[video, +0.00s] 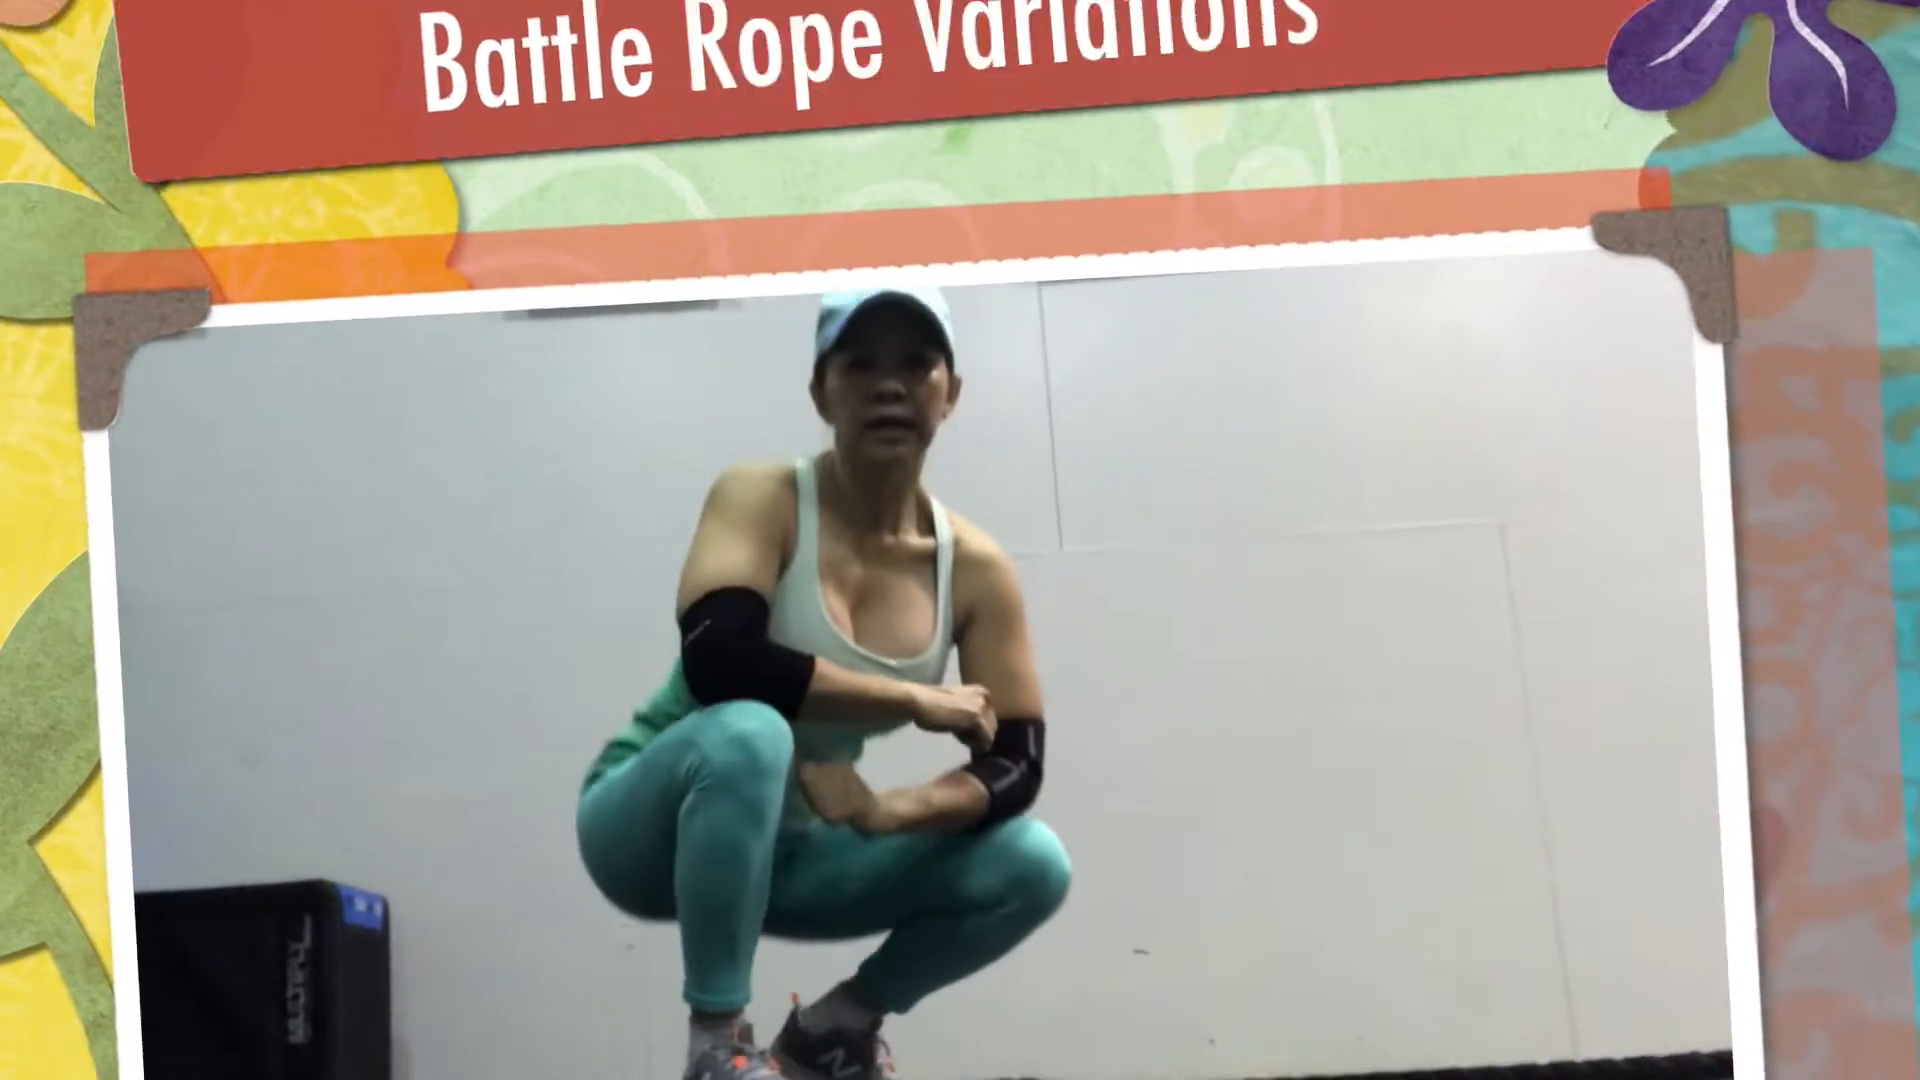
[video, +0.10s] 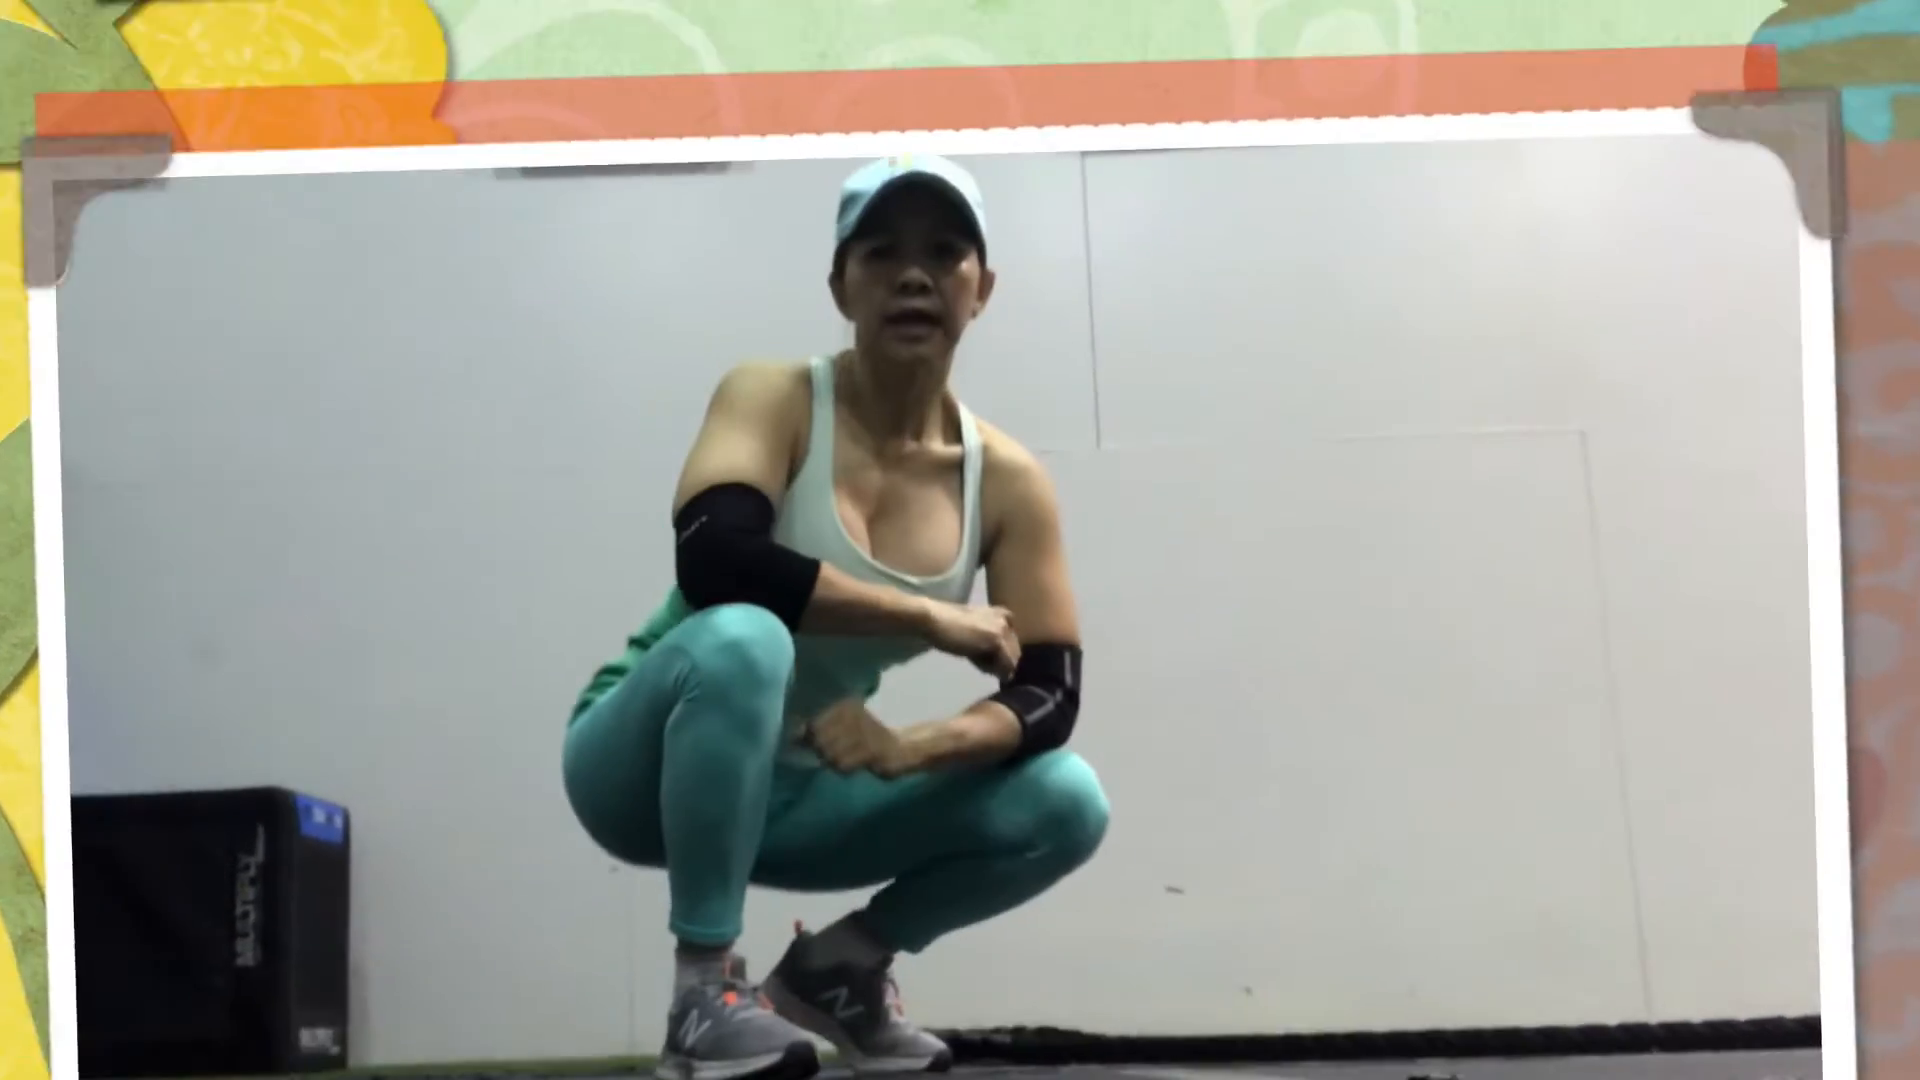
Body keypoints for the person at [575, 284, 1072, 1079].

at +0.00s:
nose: (889, 383)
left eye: (915, 364)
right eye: (862, 365)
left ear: (948, 393)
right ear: (822, 392)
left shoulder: (976, 570)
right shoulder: (756, 499)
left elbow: (1014, 767)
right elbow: (722, 661)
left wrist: (889, 810)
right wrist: (913, 700)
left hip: (810, 854)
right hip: (655, 833)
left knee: (1031, 865)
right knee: (747, 736)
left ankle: (838, 1025)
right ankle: (717, 1046)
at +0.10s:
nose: (914, 274)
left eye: (942, 253)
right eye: (884, 252)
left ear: (981, 287)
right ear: (842, 284)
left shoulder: (1007, 482)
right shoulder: (768, 399)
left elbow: (1047, 696)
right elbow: (718, 559)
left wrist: (913, 746)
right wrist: (926, 615)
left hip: (817, 797)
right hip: (649, 769)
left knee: (1064, 804)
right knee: (743, 642)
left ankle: (838, 968)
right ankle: (703, 992)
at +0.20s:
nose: (935, 163)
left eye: (966, 141)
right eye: (904, 139)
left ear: (1008, 182)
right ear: (859, 174)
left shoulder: (1032, 393)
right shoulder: (775, 297)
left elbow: (1069, 625)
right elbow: (711, 463)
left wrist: (917, 674)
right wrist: (938, 529)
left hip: (811, 731)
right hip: (636, 696)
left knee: (1086, 739)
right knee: (739, 550)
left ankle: (838, 903)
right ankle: (691, 933)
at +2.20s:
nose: (1007, 180)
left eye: (1022, 156)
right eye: (968, 149)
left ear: (1038, 181)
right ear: (882, 178)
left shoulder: (1040, 384)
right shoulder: (788, 292)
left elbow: (1082, 615)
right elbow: (713, 439)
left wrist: (941, 707)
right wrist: (944, 497)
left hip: (815, 728)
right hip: (652, 698)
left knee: (1102, 736)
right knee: (747, 522)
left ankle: (840, 889)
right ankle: (690, 913)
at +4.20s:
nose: (961, 182)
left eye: (994, 162)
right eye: (933, 153)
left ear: (1029, 205)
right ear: (881, 183)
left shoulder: (1049, 392)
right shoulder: (800, 294)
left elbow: (1093, 621)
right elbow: (710, 435)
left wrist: (970, 710)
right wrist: (939, 493)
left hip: (822, 736)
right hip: (663, 702)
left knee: (1113, 742)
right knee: (743, 517)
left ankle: (840, 891)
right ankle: (691, 912)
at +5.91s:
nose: (955, 187)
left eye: (988, 165)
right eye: (926, 159)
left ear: (1029, 201)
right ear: (879, 187)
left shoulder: (1049, 396)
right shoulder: (800, 299)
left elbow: (1088, 622)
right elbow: (718, 436)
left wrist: (972, 705)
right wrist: (948, 498)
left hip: (821, 743)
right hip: (657, 709)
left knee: (1108, 744)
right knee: (748, 518)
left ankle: (839, 892)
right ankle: (691, 911)